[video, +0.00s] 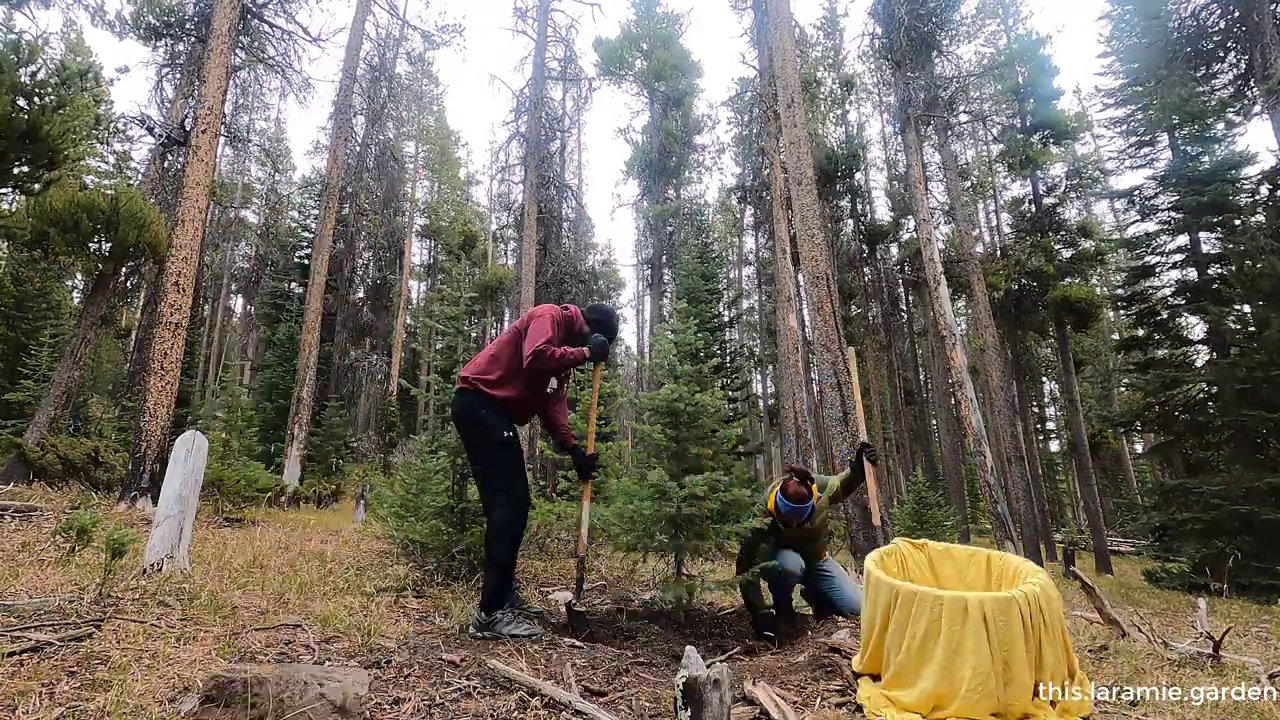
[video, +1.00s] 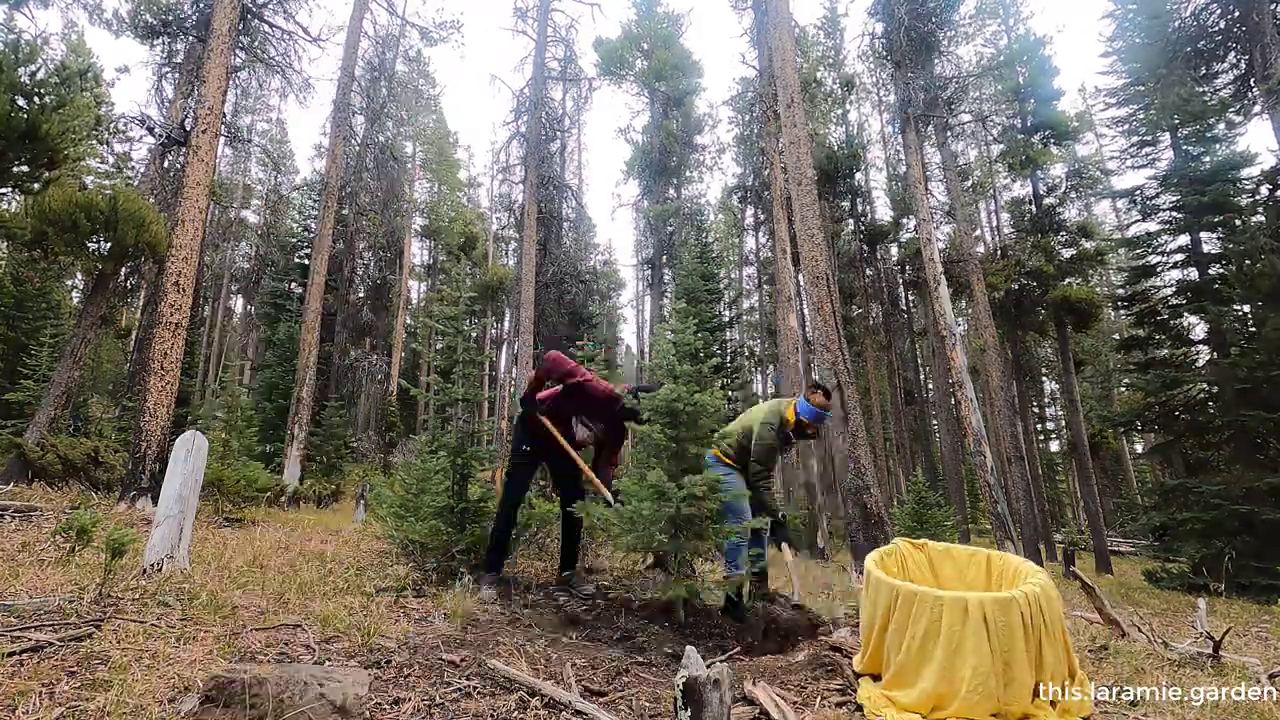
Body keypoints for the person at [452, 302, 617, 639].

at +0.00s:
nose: (593, 348)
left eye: (597, 346)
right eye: (597, 342)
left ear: (590, 335)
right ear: (589, 328)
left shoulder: (562, 355)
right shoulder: (550, 315)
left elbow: (553, 405)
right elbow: (536, 355)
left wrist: (574, 449)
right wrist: (584, 352)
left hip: (497, 411)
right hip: (479, 405)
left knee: (516, 502)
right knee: (509, 503)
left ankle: (501, 601)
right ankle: (492, 612)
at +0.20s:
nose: (519, 368)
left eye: (525, 363)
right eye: (515, 362)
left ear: (534, 358)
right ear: (506, 355)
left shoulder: (543, 376)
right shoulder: (491, 362)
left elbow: (542, 421)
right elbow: (475, 389)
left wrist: (526, 453)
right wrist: (463, 379)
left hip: (529, 441)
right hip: (498, 439)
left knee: (536, 502)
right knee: (500, 505)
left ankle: (551, 563)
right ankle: (501, 574)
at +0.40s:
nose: (569, 389)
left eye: (574, 386)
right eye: (571, 382)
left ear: (574, 381)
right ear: (564, 367)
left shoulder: (547, 395)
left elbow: (513, 444)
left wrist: (517, 493)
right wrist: (486, 350)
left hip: (471, 429)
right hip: (437, 411)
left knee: (491, 505)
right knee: (428, 507)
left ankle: (500, 587)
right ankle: (405, 599)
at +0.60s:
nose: (554, 392)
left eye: (558, 387)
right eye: (552, 384)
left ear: (563, 380)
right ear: (541, 366)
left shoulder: (553, 391)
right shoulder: (513, 365)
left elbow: (550, 439)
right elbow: (475, 398)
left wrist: (551, 486)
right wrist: (500, 393)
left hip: (515, 434)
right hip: (480, 428)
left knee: (522, 506)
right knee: (469, 503)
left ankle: (522, 577)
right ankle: (452, 576)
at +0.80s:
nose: (566, 336)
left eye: (570, 332)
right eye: (563, 330)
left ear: (573, 328)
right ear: (549, 321)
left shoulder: (566, 348)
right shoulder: (517, 337)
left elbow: (569, 390)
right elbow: (491, 375)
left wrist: (558, 423)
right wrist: (524, 365)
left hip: (538, 427)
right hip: (504, 424)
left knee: (547, 495)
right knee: (496, 494)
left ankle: (554, 563)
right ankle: (488, 568)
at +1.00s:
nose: (630, 421)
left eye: (636, 419)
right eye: (633, 414)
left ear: (636, 418)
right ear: (627, 400)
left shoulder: (616, 431)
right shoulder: (596, 389)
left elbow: (605, 463)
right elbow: (551, 360)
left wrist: (607, 489)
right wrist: (531, 393)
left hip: (564, 444)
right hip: (532, 427)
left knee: (573, 505)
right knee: (511, 500)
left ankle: (568, 573)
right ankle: (491, 573)